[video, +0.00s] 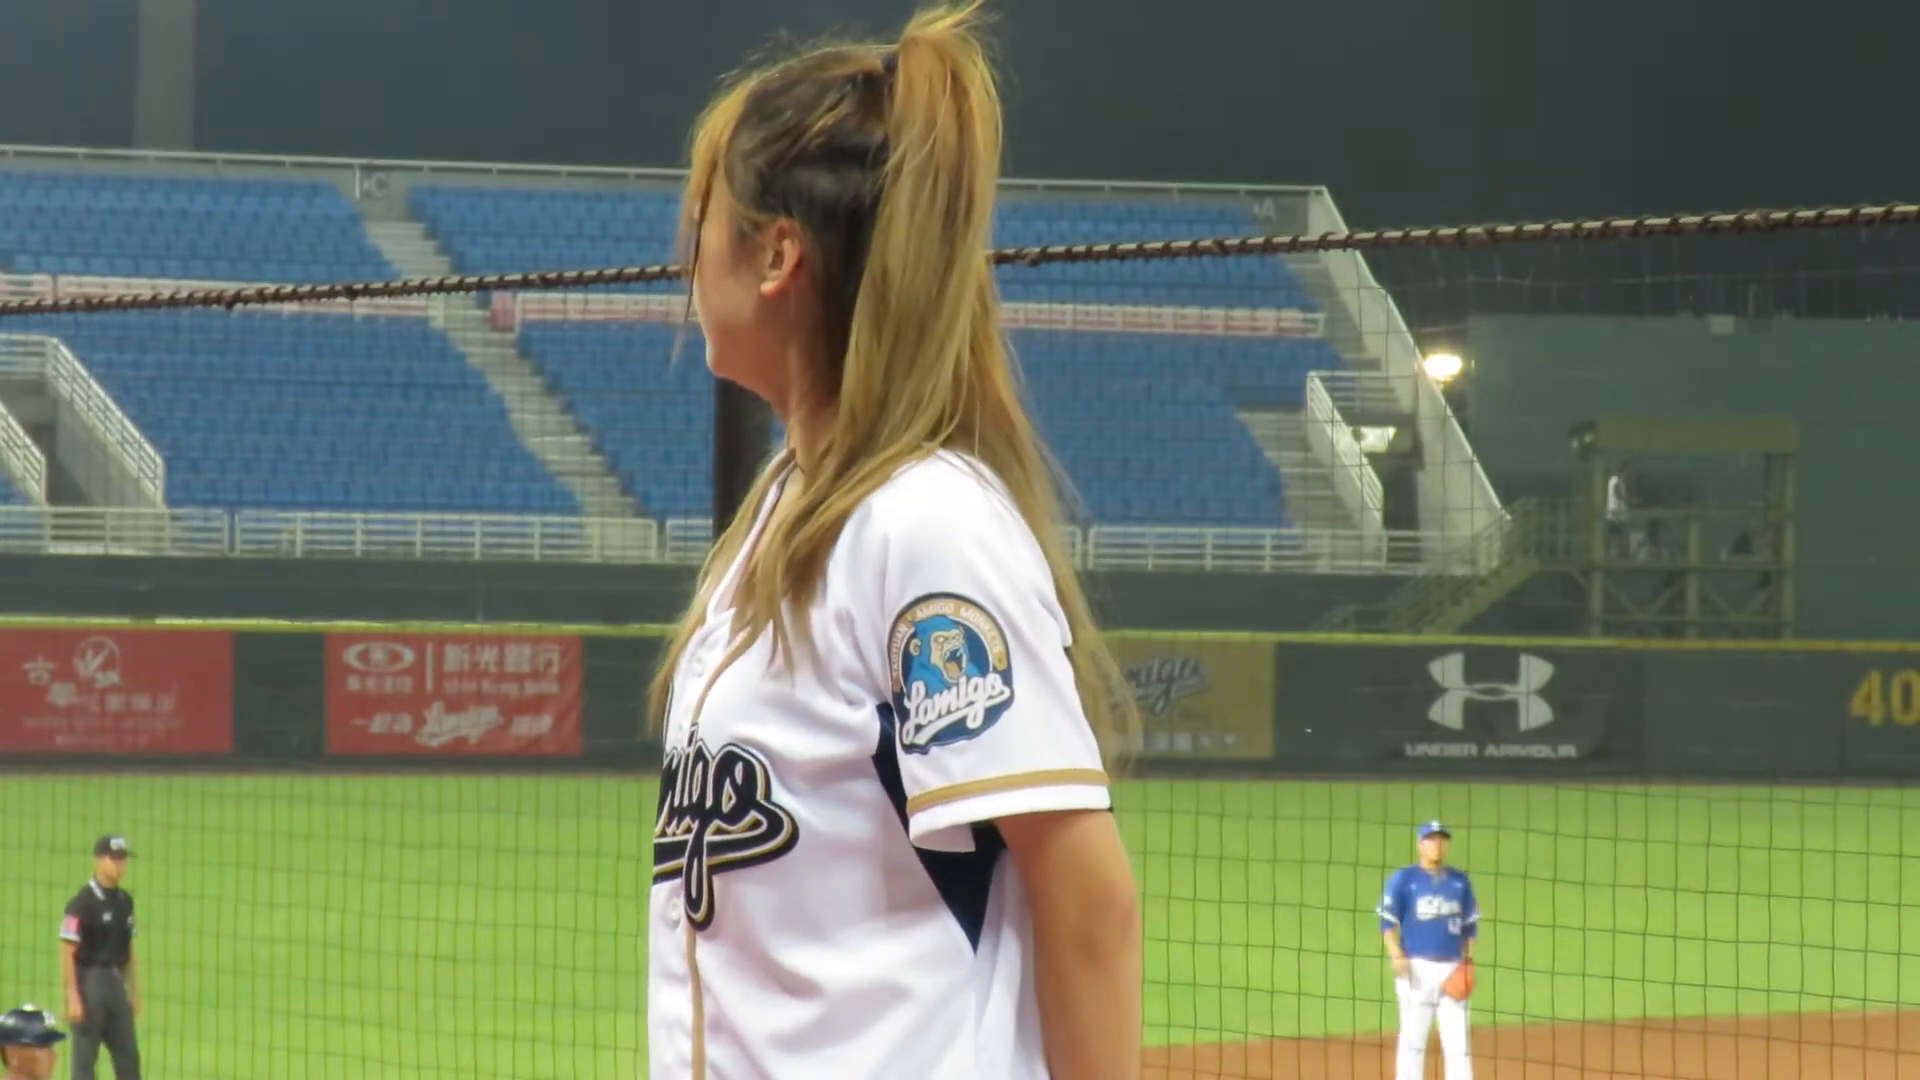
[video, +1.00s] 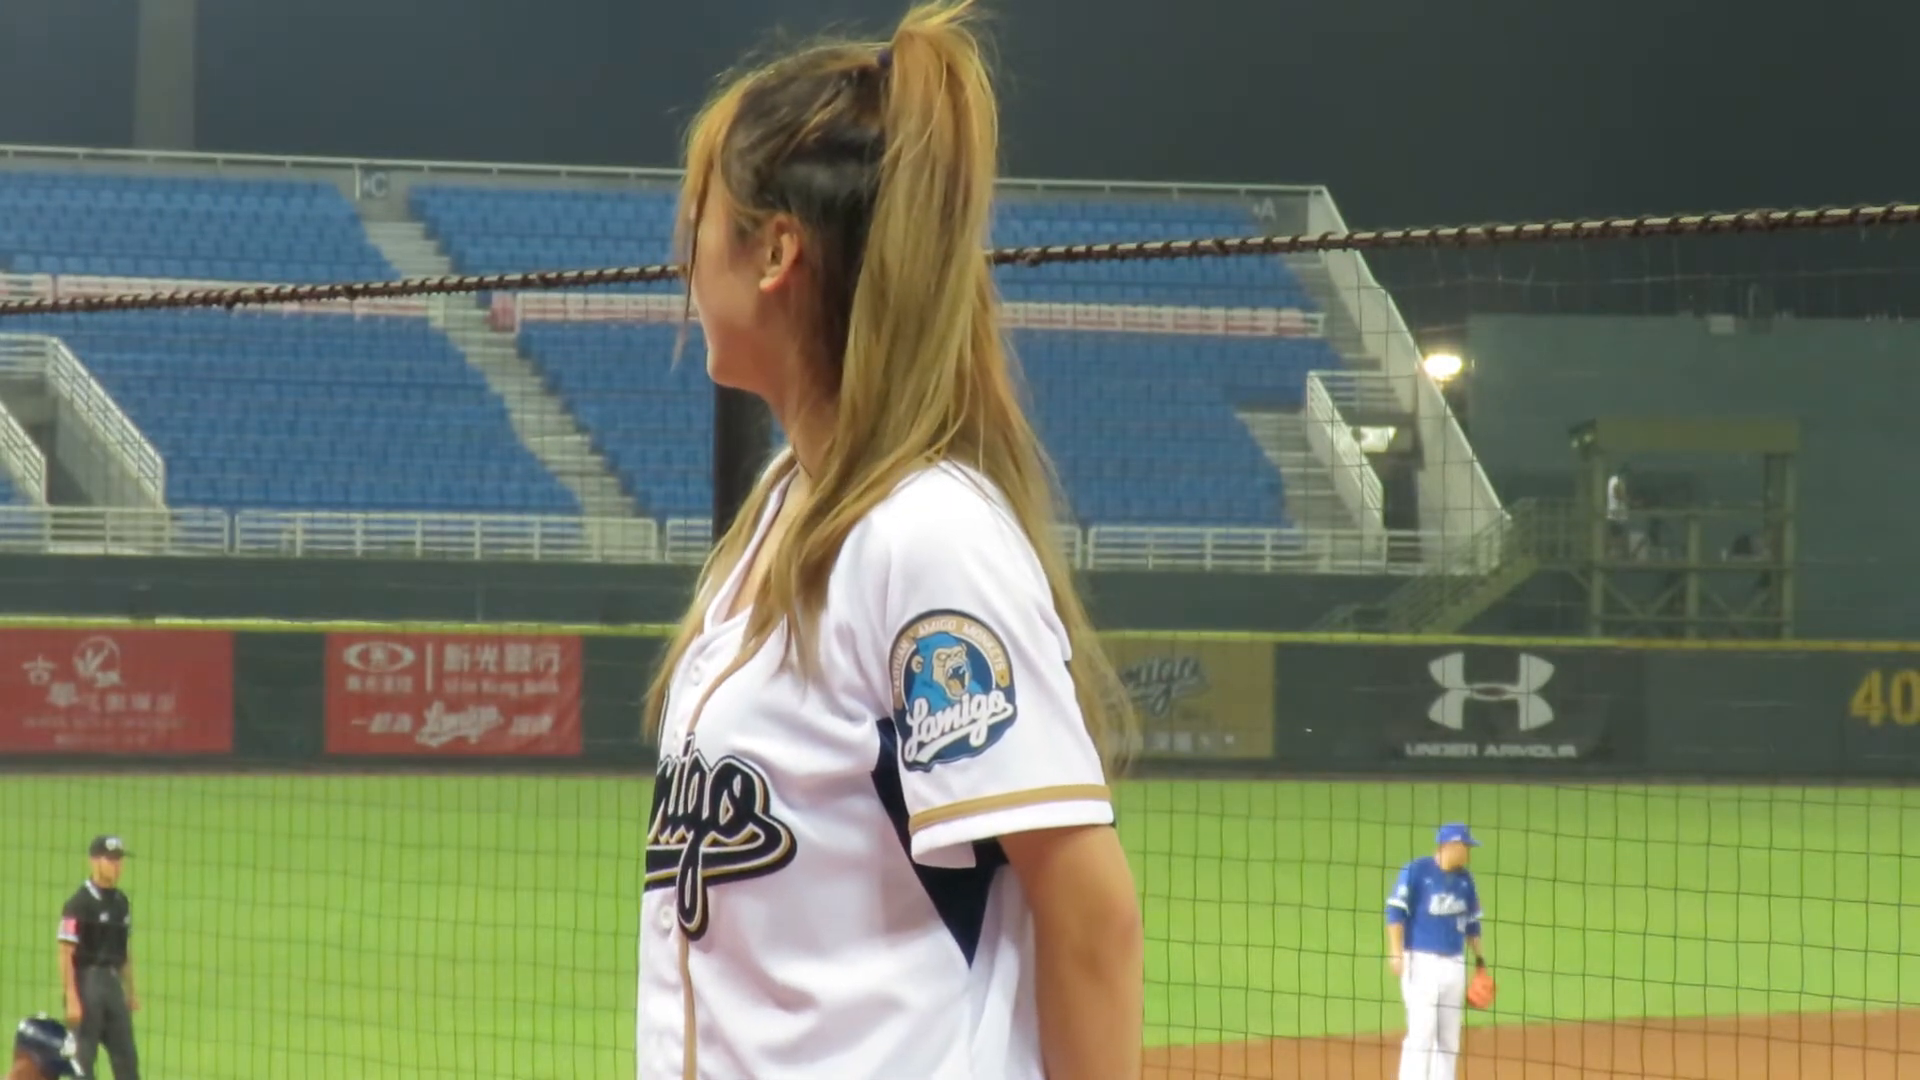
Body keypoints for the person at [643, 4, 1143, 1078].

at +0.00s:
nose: (690, 258)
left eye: (705, 222)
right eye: (699, 220)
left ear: (779, 259)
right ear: (779, 259)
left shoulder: (931, 521)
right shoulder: (783, 499)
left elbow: (1089, 895)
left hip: (884, 1057)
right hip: (732, 1050)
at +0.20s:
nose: (692, 263)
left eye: (706, 226)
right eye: (700, 225)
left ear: (781, 258)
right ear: (779, 259)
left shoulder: (930, 525)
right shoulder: (782, 501)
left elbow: (1089, 904)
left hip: (879, 1056)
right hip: (726, 1050)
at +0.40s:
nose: (692, 265)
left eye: (705, 228)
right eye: (700, 227)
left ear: (782, 258)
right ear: (778, 259)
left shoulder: (931, 527)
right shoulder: (784, 500)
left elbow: (1090, 907)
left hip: (881, 1055)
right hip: (724, 1049)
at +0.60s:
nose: (693, 267)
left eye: (705, 229)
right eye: (700, 228)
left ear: (781, 257)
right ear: (777, 258)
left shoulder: (933, 530)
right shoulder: (784, 498)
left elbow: (1091, 906)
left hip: (880, 1056)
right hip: (723, 1049)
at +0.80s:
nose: (689, 261)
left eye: (703, 222)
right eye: (698, 220)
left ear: (779, 255)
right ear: (775, 256)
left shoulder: (934, 533)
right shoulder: (782, 501)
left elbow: (1092, 908)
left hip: (879, 1056)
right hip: (716, 1050)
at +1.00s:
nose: (687, 260)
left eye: (702, 220)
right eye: (697, 219)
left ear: (778, 254)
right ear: (774, 255)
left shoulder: (933, 534)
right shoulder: (783, 502)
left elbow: (1093, 911)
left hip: (877, 1057)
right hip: (716, 1051)